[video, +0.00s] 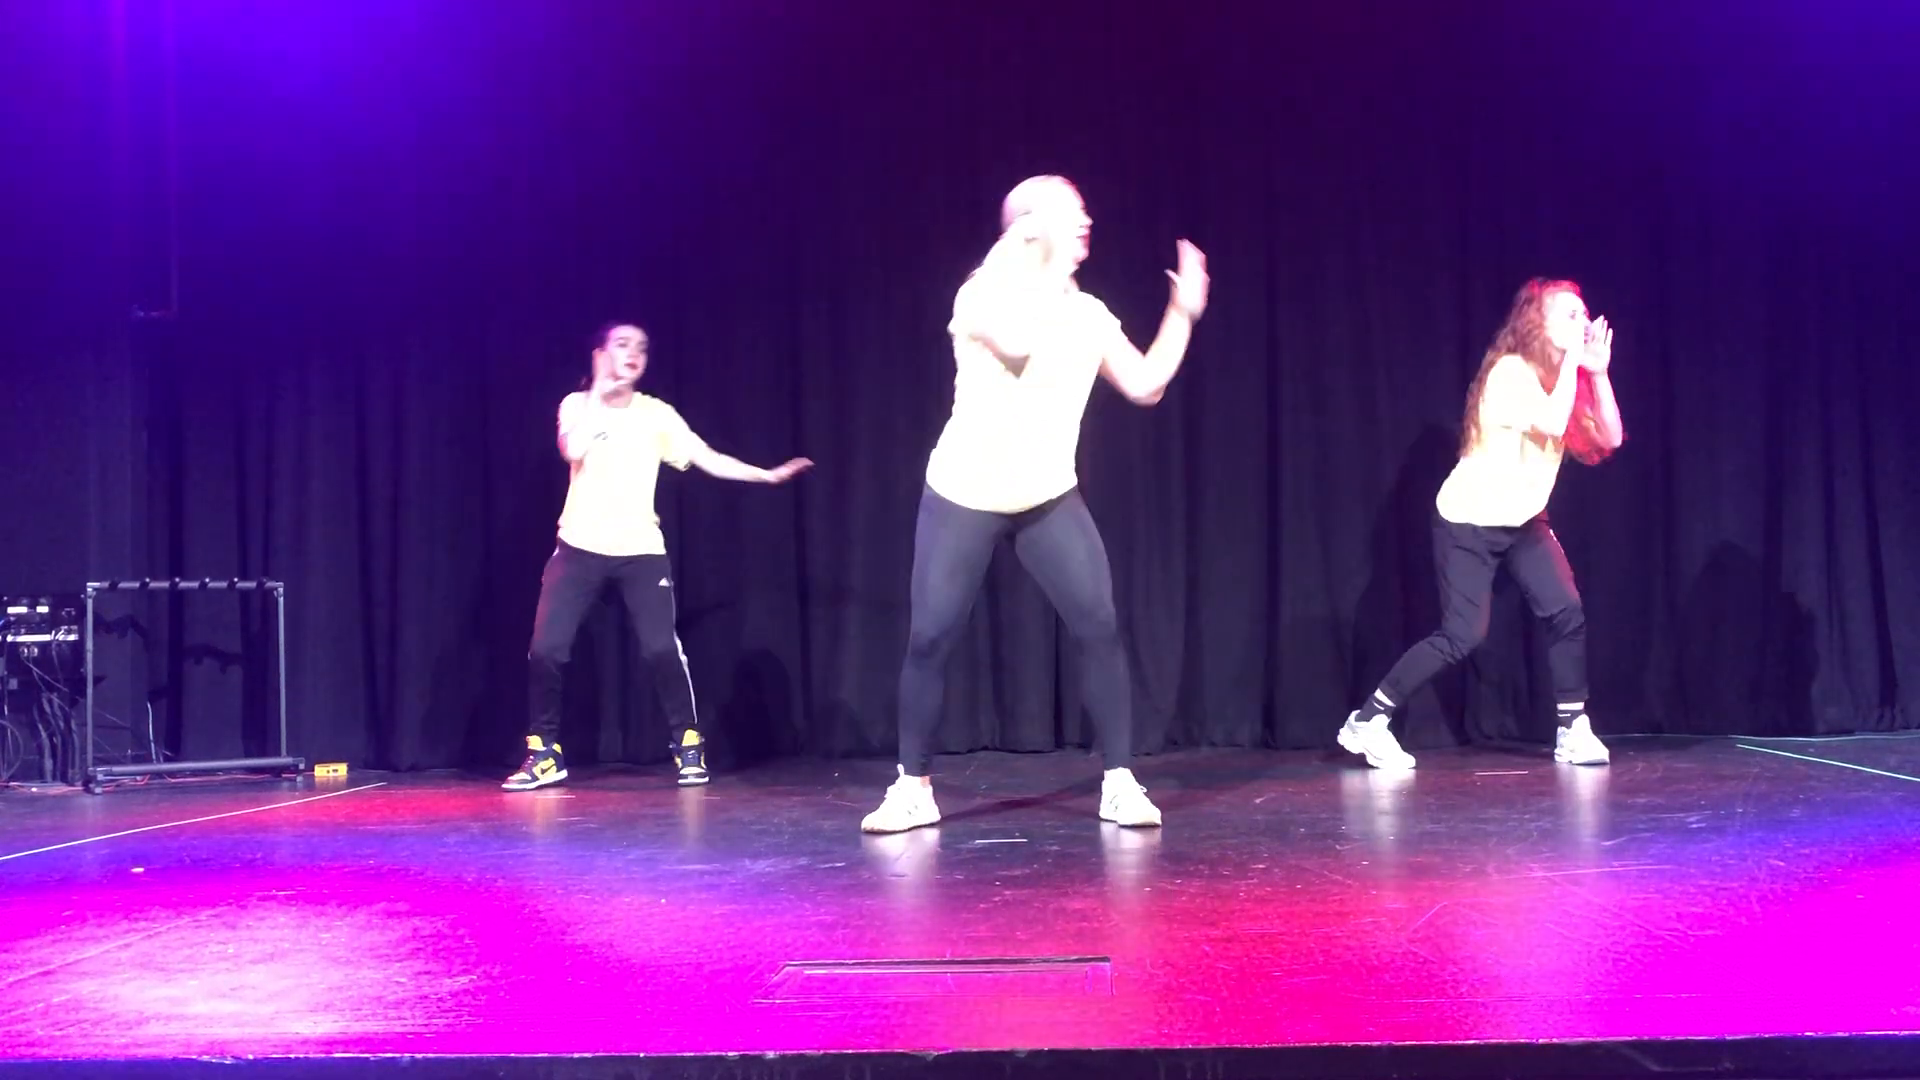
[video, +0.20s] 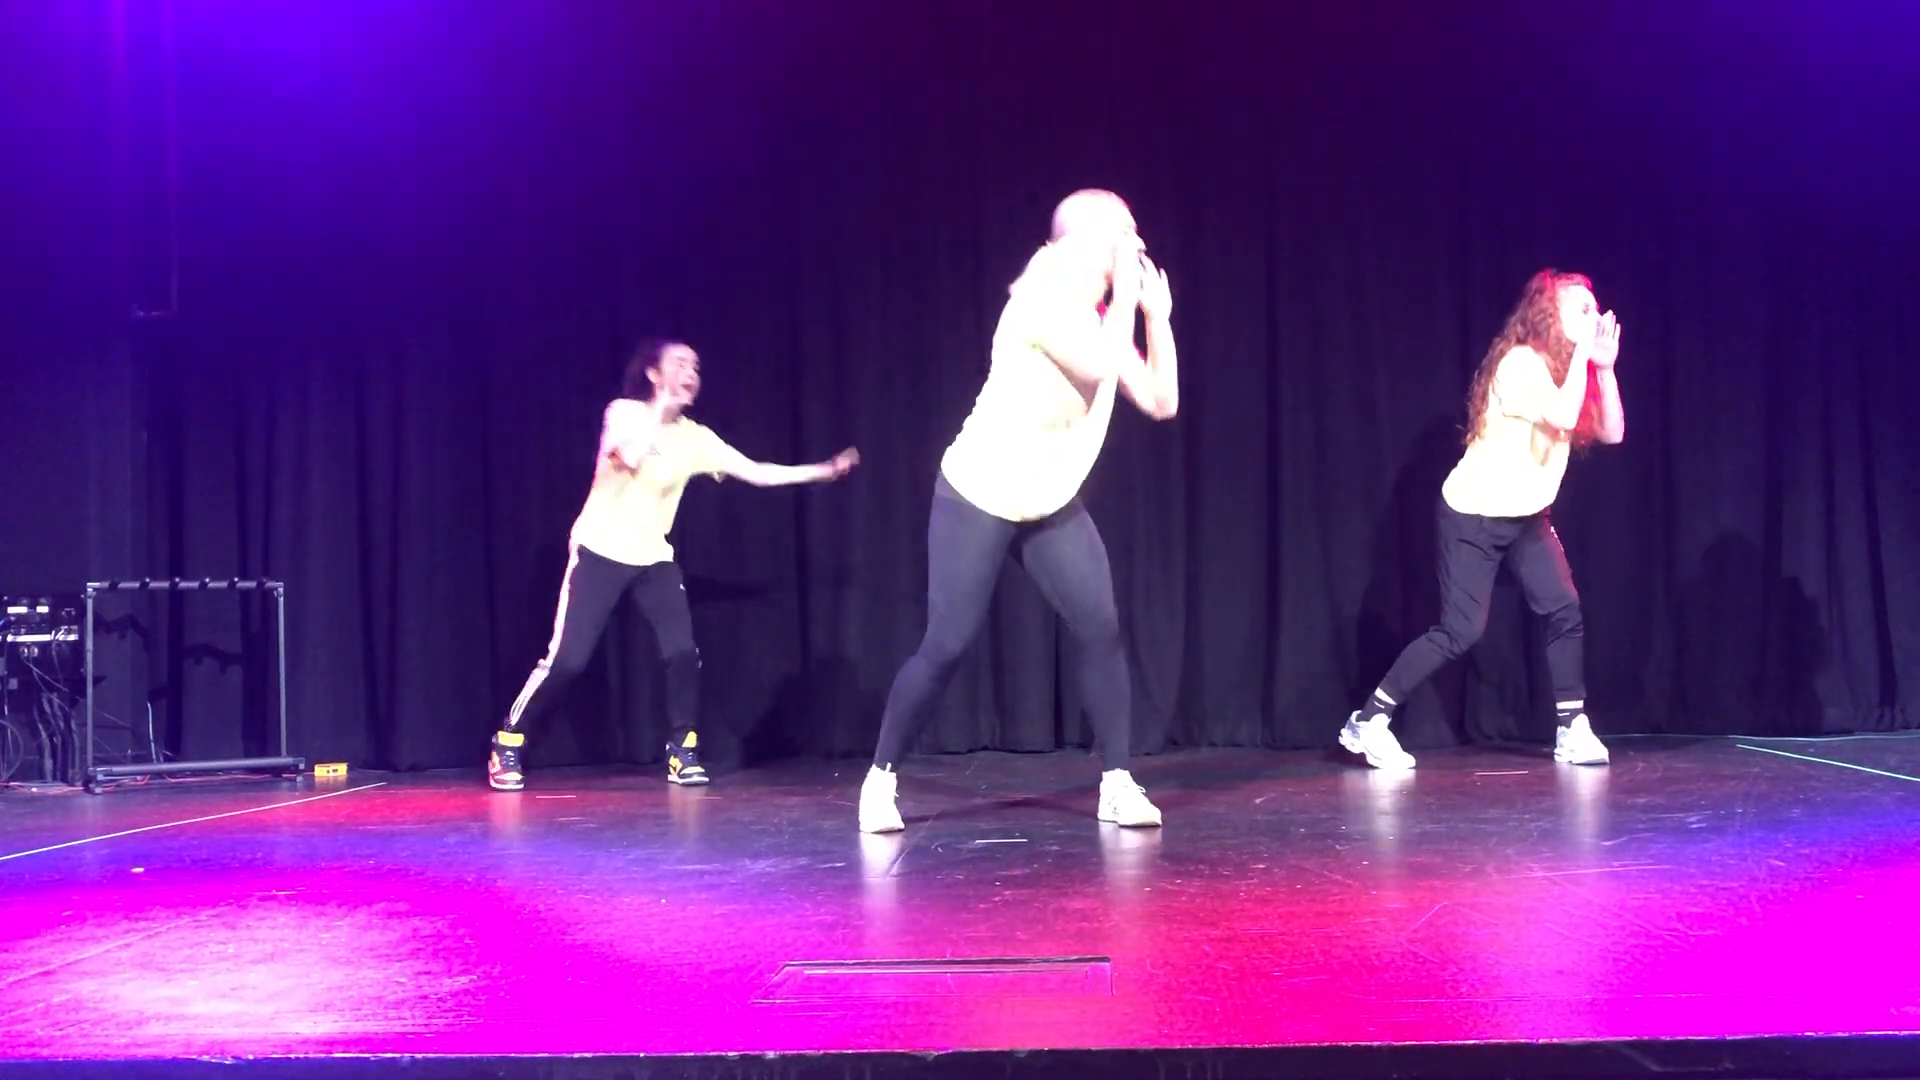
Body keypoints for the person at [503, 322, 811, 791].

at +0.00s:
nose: (631, 357)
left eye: (639, 351)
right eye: (622, 347)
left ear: (646, 363)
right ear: (598, 355)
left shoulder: (657, 415)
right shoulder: (576, 405)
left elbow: (708, 459)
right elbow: (572, 451)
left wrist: (767, 475)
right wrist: (597, 398)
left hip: (640, 550)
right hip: (579, 548)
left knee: (661, 648)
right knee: (546, 649)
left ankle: (689, 748)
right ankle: (544, 755)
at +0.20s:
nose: (691, 375)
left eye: (695, 368)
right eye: (680, 365)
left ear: (698, 382)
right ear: (654, 374)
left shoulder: (697, 439)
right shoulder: (625, 414)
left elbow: (756, 472)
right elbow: (624, 450)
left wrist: (823, 471)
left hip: (654, 557)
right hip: (599, 551)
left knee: (682, 653)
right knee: (567, 660)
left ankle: (682, 754)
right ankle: (507, 747)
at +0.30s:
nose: (713, 395)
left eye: (716, 387)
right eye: (702, 385)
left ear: (718, 399)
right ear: (676, 394)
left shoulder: (709, 459)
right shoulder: (645, 430)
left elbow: (766, 490)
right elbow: (653, 476)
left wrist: (782, 443)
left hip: (656, 567)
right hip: (604, 562)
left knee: (688, 653)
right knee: (578, 672)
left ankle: (682, 754)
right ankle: (497, 746)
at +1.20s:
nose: (688, 426)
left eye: (693, 418)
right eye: (676, 418)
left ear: (700, 425)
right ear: (653, 427)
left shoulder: (699, 468)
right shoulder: (629, 458)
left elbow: (744, 522)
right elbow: (633, 531)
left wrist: (715, 477)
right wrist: (665, 477)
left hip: (658, 565)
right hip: (597, 563)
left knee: (686, 648)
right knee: (566, 657)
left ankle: (684, 751)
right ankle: (519, 753)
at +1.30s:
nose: (647, 455)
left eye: (656, 445)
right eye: (636, 447)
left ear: (667, 450)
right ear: (619, 455)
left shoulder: (676, 479)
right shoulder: (600, 484)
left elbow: (718, 545)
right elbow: (600, 560)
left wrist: (685, 490)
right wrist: (622, 506)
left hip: (661, 569)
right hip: (599, 570)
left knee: (684, 649)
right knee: (565, 656)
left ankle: (684, 753)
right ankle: (521, 756)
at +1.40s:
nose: (601, 472)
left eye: (610, 461)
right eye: (590, 464)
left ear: (627, 462)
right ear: (578, 470)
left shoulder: (651, 493)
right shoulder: (569, 499)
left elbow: (685, 554)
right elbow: (568, 575)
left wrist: (646, 526)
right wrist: (579, 527)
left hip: (659, 577)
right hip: (598, 579)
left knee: (679, 649)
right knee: (561, 655)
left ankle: (684, 754)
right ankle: (518, 758)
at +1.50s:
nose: (554, 473)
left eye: (563, 462)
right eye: (546, 464)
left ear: (584, 463)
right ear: (536, 469)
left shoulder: (617, 491)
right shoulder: (545, 504)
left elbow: (643, 554)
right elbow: (539, 576)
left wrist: (594, 516)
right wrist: (539, 520)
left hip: (658, 566)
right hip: (599, 572)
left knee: (671, 648)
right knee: (561, 656)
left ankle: (683, 753)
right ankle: (518, 757)